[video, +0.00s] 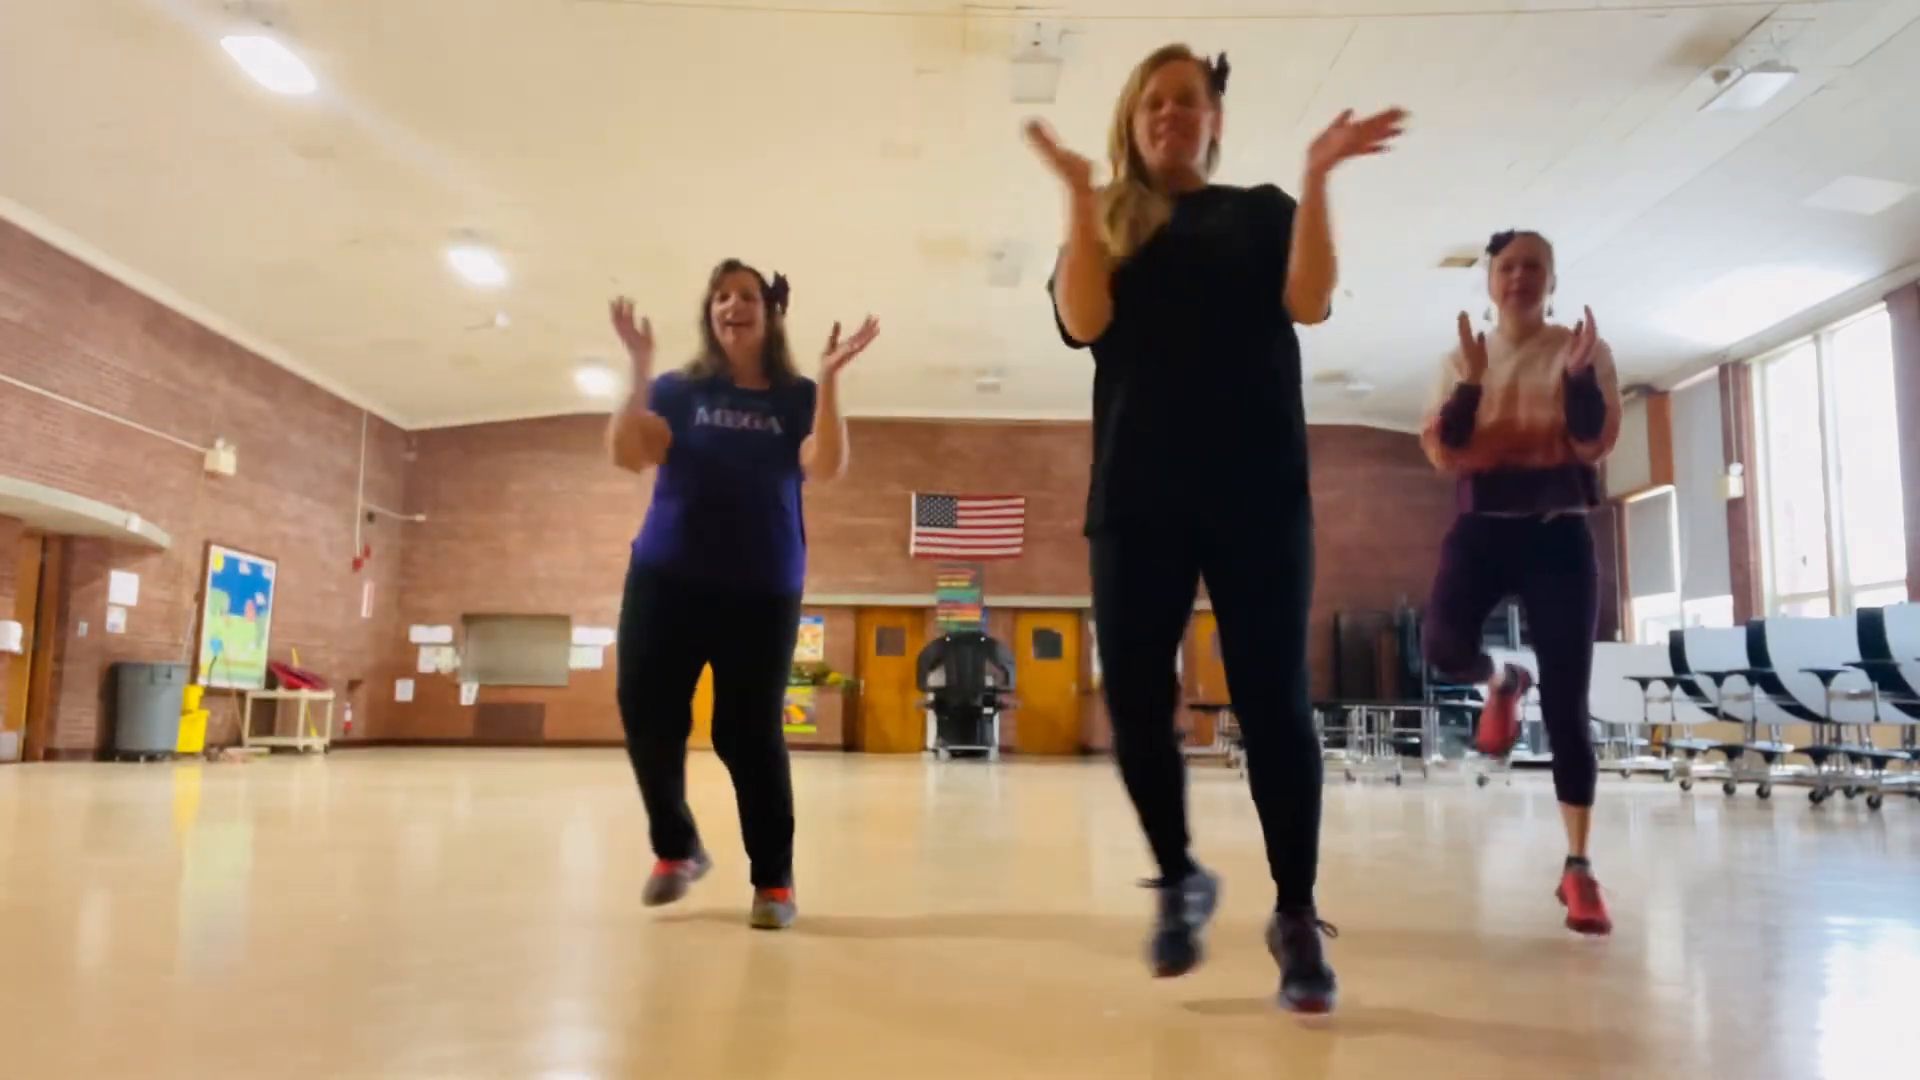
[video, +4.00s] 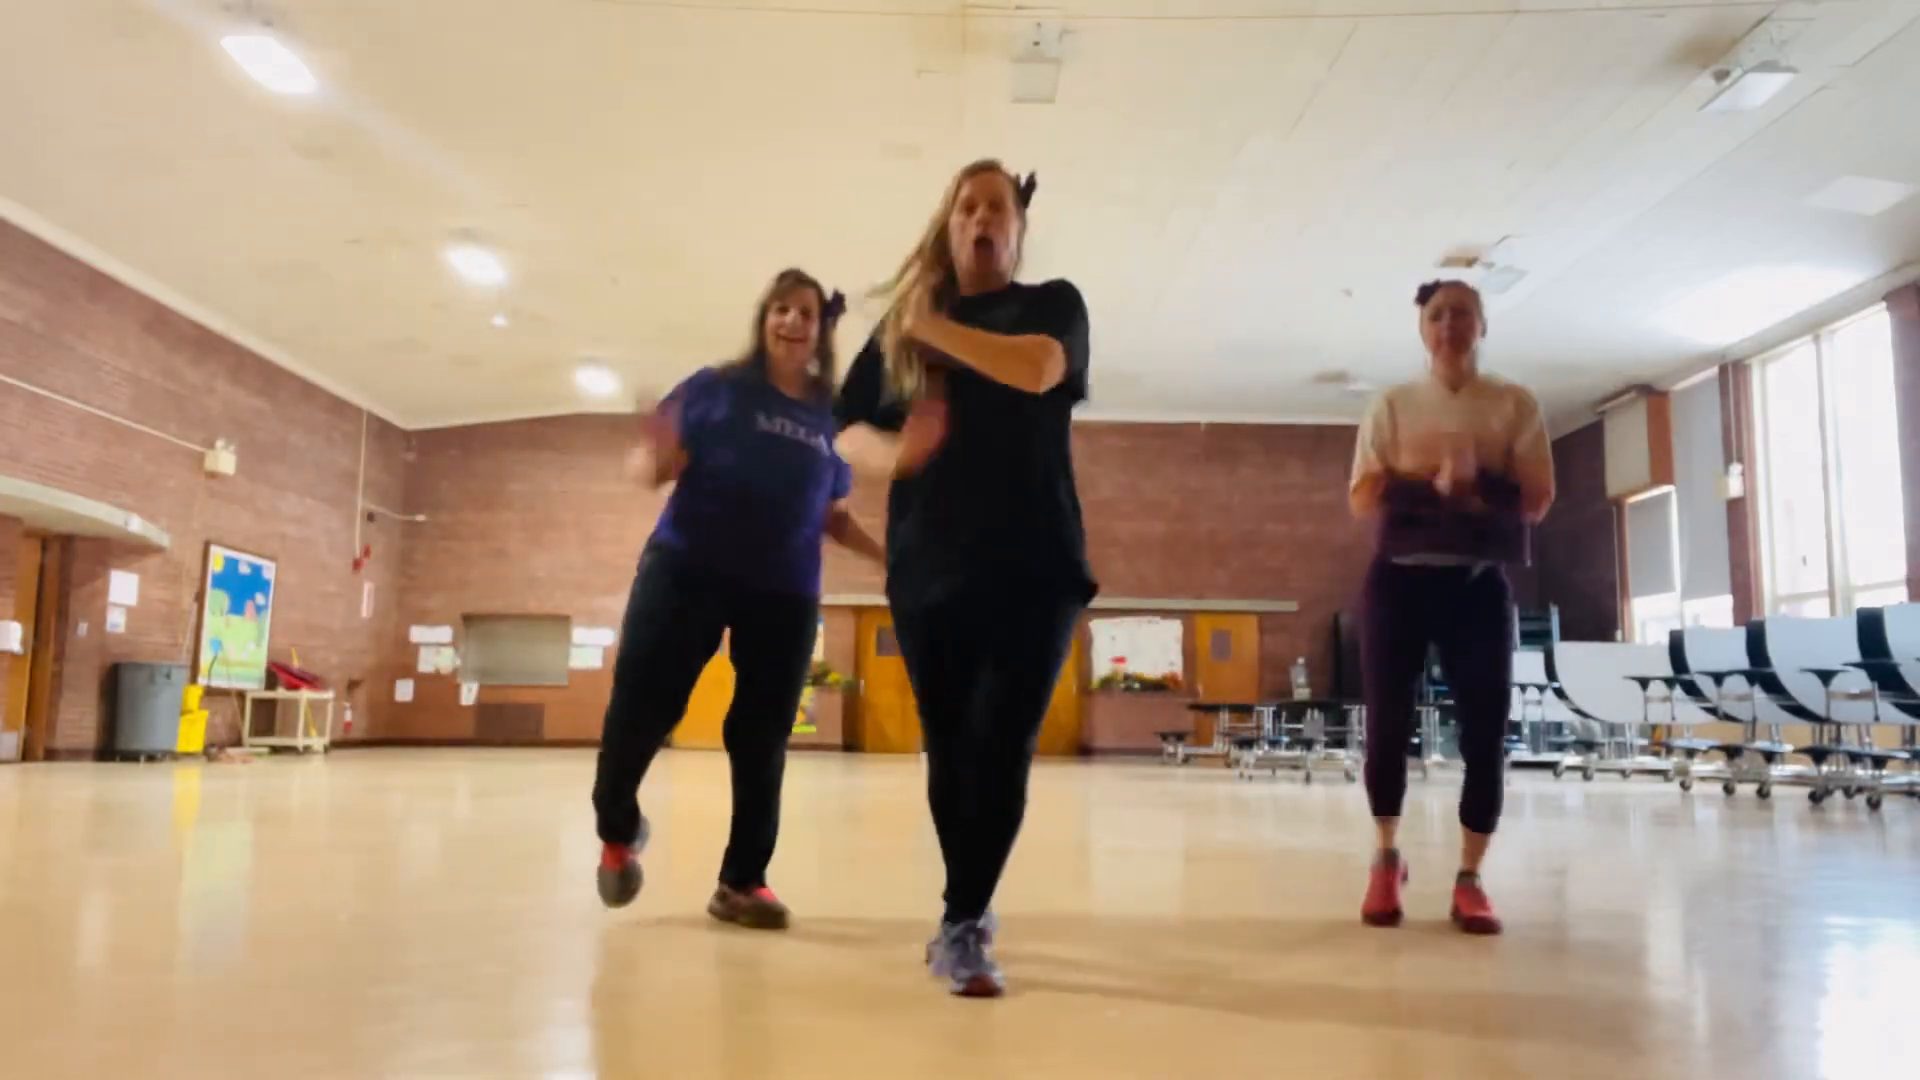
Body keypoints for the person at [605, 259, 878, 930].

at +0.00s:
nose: (732, 305)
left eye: (745, 295)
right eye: (721, 297)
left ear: (770, 314)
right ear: (709, 316)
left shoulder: (797, 395)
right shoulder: (680, 388)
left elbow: (827, 467)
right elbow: (628, 455)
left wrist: (829, 381)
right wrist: (638, 367)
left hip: (760, 587)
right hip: (668, 578)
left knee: (749, 732)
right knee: (648, 719)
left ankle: (773, 880)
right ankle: (676, 851)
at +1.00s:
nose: (516, 296)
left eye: (531, 285)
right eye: (505, 286)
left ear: (558, 304)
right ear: (489, 308)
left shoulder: (596, 391)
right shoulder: (458, 395)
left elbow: (646, 487)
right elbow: (431, 492)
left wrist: (603, 486)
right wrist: (399, 469)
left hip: (566, 595)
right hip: (470, 587)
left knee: (529, 739)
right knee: (466, 737)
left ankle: (500, 878)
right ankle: (478, 896)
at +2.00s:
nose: (380, 293)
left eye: (391, 282)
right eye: (363, 284)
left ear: (412, 300)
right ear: (339, 307)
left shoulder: (452, 376)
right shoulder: (316, 391)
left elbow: (465, 458)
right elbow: (307, 478)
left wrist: (387, 386)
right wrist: (357, 403)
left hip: (447, 587)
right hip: (340, 583)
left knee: (435, 743)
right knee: (324, 743)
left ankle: (419, 883)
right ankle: (318, 891)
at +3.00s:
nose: (631, 324)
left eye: (642, 313)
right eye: (618, 314)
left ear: (660, 322)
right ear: (597, 326)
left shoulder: (695, 409)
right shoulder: (563, 409)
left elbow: (725, 508)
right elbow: (523, 500)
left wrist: (744, 590)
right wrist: (508, 550)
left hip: (675, 596)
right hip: (583, 595)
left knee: (641, 735)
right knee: (597, 740)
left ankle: (620, 889)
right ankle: (638, 877)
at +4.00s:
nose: (793, 321)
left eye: (806, 313)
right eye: (782, 310)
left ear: (822, 330)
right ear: (762, 321)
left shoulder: (825, 420)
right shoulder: (716, 389)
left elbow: (831, 514)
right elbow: (649, 467)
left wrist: (893, 556)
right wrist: (663, 456)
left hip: (781, 591)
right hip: (689, 572)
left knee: (761, 737)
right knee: (639, 711)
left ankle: (742, 882)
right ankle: (617, 834)